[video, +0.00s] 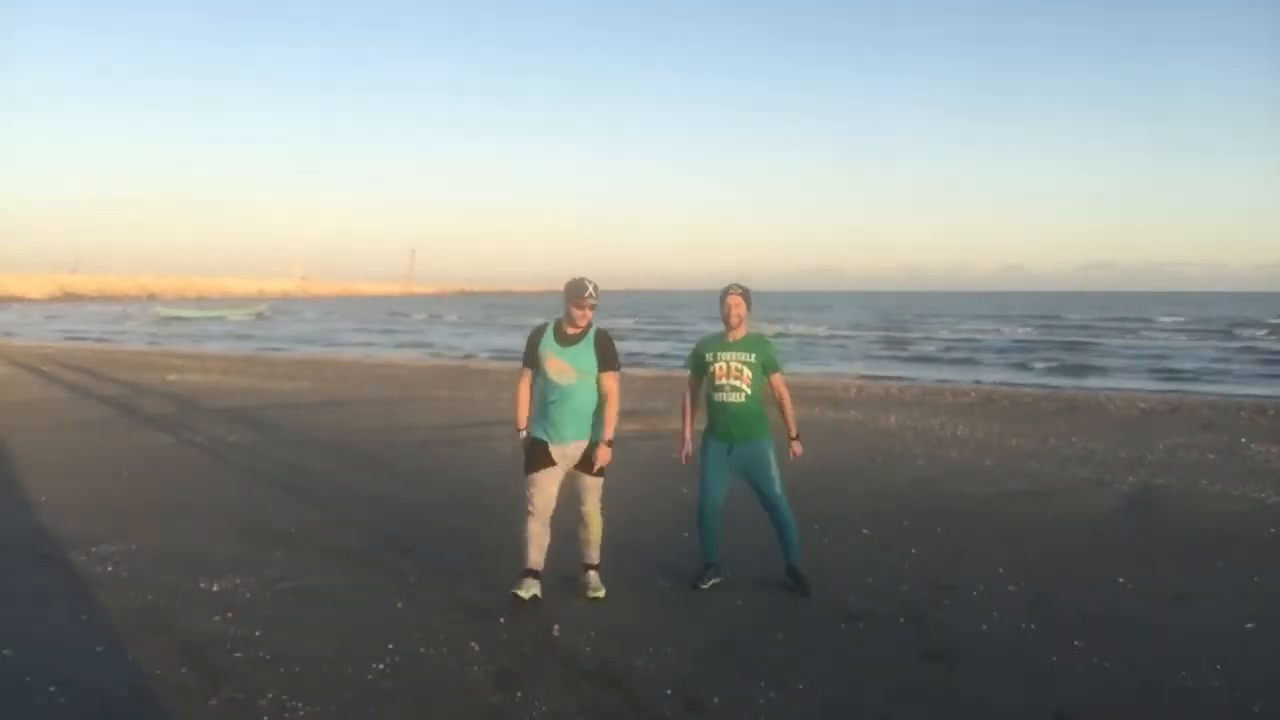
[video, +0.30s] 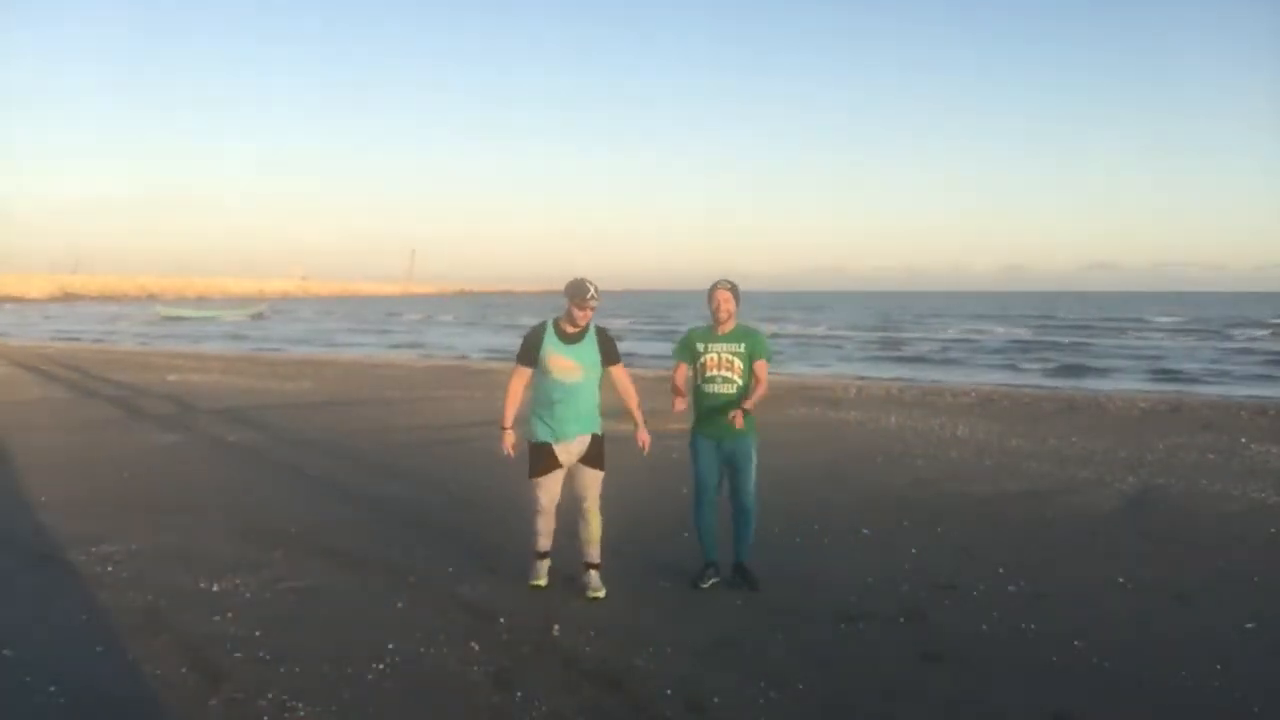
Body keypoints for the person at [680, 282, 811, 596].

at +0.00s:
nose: (731, 312)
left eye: (736, 306)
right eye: (726, 306)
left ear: (747, 311)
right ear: (720, 311)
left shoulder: (761, 347)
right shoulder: (705, 348)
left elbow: (781, 391)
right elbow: (692, 392)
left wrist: (793, 434)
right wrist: (686, 436)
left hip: (755, 439)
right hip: (717, 439)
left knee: (775, 500)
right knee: (708, 504)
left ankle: (793, 566)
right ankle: (711, 566)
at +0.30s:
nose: (720, 307)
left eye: (726, 302)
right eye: (715, 302)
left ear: (736, 305)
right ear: (709, 306)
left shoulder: (752, 338)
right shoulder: (694, 338)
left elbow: (762, 381)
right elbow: (679, 375)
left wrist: (747, 405)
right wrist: (679, 394)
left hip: (740, 428)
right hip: (705, 428)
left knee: (744, 499)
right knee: (705, 496)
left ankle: (741, 564)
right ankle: (710, 564)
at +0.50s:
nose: (720, 310)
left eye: (726, 305)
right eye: (715, 305)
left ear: (735, 308)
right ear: (709, 309)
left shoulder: (749, 343)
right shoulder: (693, 341)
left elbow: (751, 389)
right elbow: (683, 387)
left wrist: (728, 419)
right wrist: (700, 413)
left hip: (738, 430)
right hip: (702, 430)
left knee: (739, 498)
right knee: (703, 498)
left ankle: (737, 565)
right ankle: (711, 563)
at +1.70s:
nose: (746, 311)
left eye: (753, 305)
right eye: (742, 306)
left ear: (766, 308)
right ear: (737, 310)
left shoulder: (786, 348)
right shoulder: (723, 348)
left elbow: (797, 396)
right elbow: (713, 401)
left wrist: (774, 410)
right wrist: (736, 410)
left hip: (776, 446)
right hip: (737, 446)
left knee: (778, 523)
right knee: (728, 518)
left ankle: (775, 593)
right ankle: (723, 587)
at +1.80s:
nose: (739, 316)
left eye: (745, 310)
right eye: (735, 310)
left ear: (759, 311)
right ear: (730, 313)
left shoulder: (781, 348)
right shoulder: (718, 349)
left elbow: (793, 395)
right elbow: (706, 398)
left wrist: (783, 438)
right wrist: (716, 438)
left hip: (770, 448)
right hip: (731, 449)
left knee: (776, 522)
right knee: (725, 520)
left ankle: (775, 591)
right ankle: (722, 587)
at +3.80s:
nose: (665, 325)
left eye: (671, 317)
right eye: (658, 317)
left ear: (683, 318)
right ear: (649, 318)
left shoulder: (700, 360)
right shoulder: (629, 355)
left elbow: (713, 419)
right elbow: (602, 402)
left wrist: (706, 473)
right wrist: (603, 452)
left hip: (680, 469)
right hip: (633, 465)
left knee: (678, 546)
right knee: (625, 542)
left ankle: (672, 613)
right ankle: (625, 620)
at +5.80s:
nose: (735, 325)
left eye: (743, 318)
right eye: (728, 318)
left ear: (756, 325)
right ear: (718, 325)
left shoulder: (767, 375)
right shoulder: (693, 364)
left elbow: (782, 448)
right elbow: (634, 402)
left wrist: (776, 409)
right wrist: (660, 390)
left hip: (752, 495)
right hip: (698, 494)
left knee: (775, 583)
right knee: (673, 578)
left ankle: (778, 676)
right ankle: (652, 648)